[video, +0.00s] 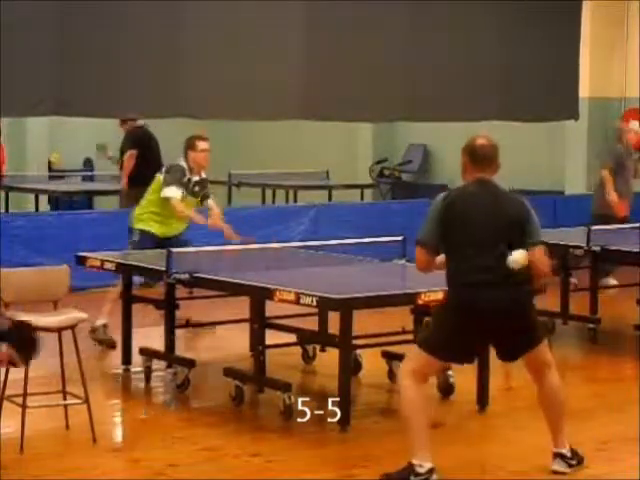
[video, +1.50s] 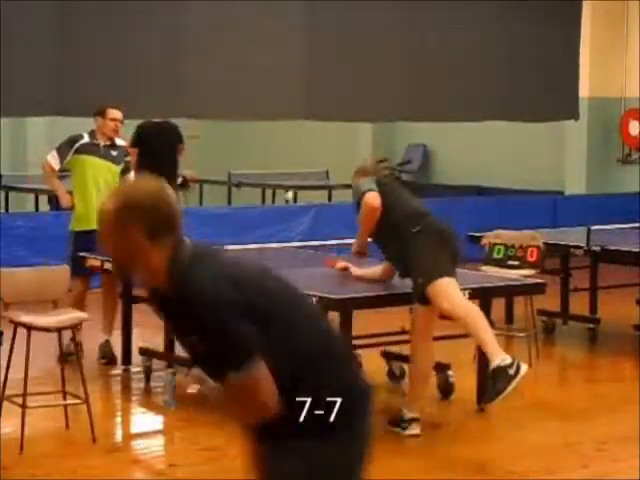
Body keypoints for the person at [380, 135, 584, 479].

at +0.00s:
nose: (464, 168)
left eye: (463, 163)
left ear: (464, 164)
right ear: (497, 166)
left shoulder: (448, 203)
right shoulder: (516, 204)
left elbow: (424, 262)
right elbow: (540, 265)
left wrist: (450, 256)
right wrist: (535, 282)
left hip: (463, 311)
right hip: (513, 310)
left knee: (412, 372)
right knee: (545, 371)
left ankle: (420, 464)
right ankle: (562, 452)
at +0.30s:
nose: (439, 153)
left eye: (435, 147)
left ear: (434, 147)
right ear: (468, 148)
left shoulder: (420, 187)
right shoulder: (492, 188)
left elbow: (398, 246)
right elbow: (516, 245)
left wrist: (426, 249)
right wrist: (509, 277)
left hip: (440, 298)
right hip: (490, 294)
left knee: (405, 374)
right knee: (514, 365)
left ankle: (420, 465)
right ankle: (546, 439)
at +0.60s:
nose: (454, 165)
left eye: (456, 159)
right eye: (456, 159)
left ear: (464, 158)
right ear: (485, 157)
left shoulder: (453, 188)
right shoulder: (516, 189)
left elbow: (439, 246)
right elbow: (538, 242)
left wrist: (466, 242)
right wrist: (526, 272)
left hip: (477, 282)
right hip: (524, 282)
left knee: (438, 359)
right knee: (535, 359)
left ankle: (418, 448)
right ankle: (545, 441)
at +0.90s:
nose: (386, 162)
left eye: (386, 157)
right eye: (388, 157)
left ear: (390, 155)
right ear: (413, 154)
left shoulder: (395, 175)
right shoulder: (426, 175)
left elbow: (395, 216)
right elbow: (425, 222)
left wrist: (379, 245)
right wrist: (394, 246)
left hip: (436, 265)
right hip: (454, 261)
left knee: (444, 346)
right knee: (421, 339)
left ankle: (476, 427)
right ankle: (410, 408)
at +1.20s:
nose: (361, 178)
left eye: (363, 173)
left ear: (367, 169)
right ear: (386, 168)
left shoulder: (373, 173)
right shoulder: (399, 186)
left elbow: (379, 204)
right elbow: (392, 241)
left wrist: (363, 244)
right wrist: (352, 243)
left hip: (429, 244)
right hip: (424, 254)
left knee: (449, 313)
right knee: (420, 332)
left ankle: (491, 378)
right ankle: (411, 391)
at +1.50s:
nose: (355, 188)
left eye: (355, 184)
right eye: (357, 186)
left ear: (361, 178)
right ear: (379, 178)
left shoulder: (366, 182)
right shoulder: (398, 204)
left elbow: (372, 203)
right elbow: (385, 274)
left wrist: (361, 241)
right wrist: (353, 272)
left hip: (424, 237)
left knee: (448, 301)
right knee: (421, 336)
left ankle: (501, 361)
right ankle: (411, 415)